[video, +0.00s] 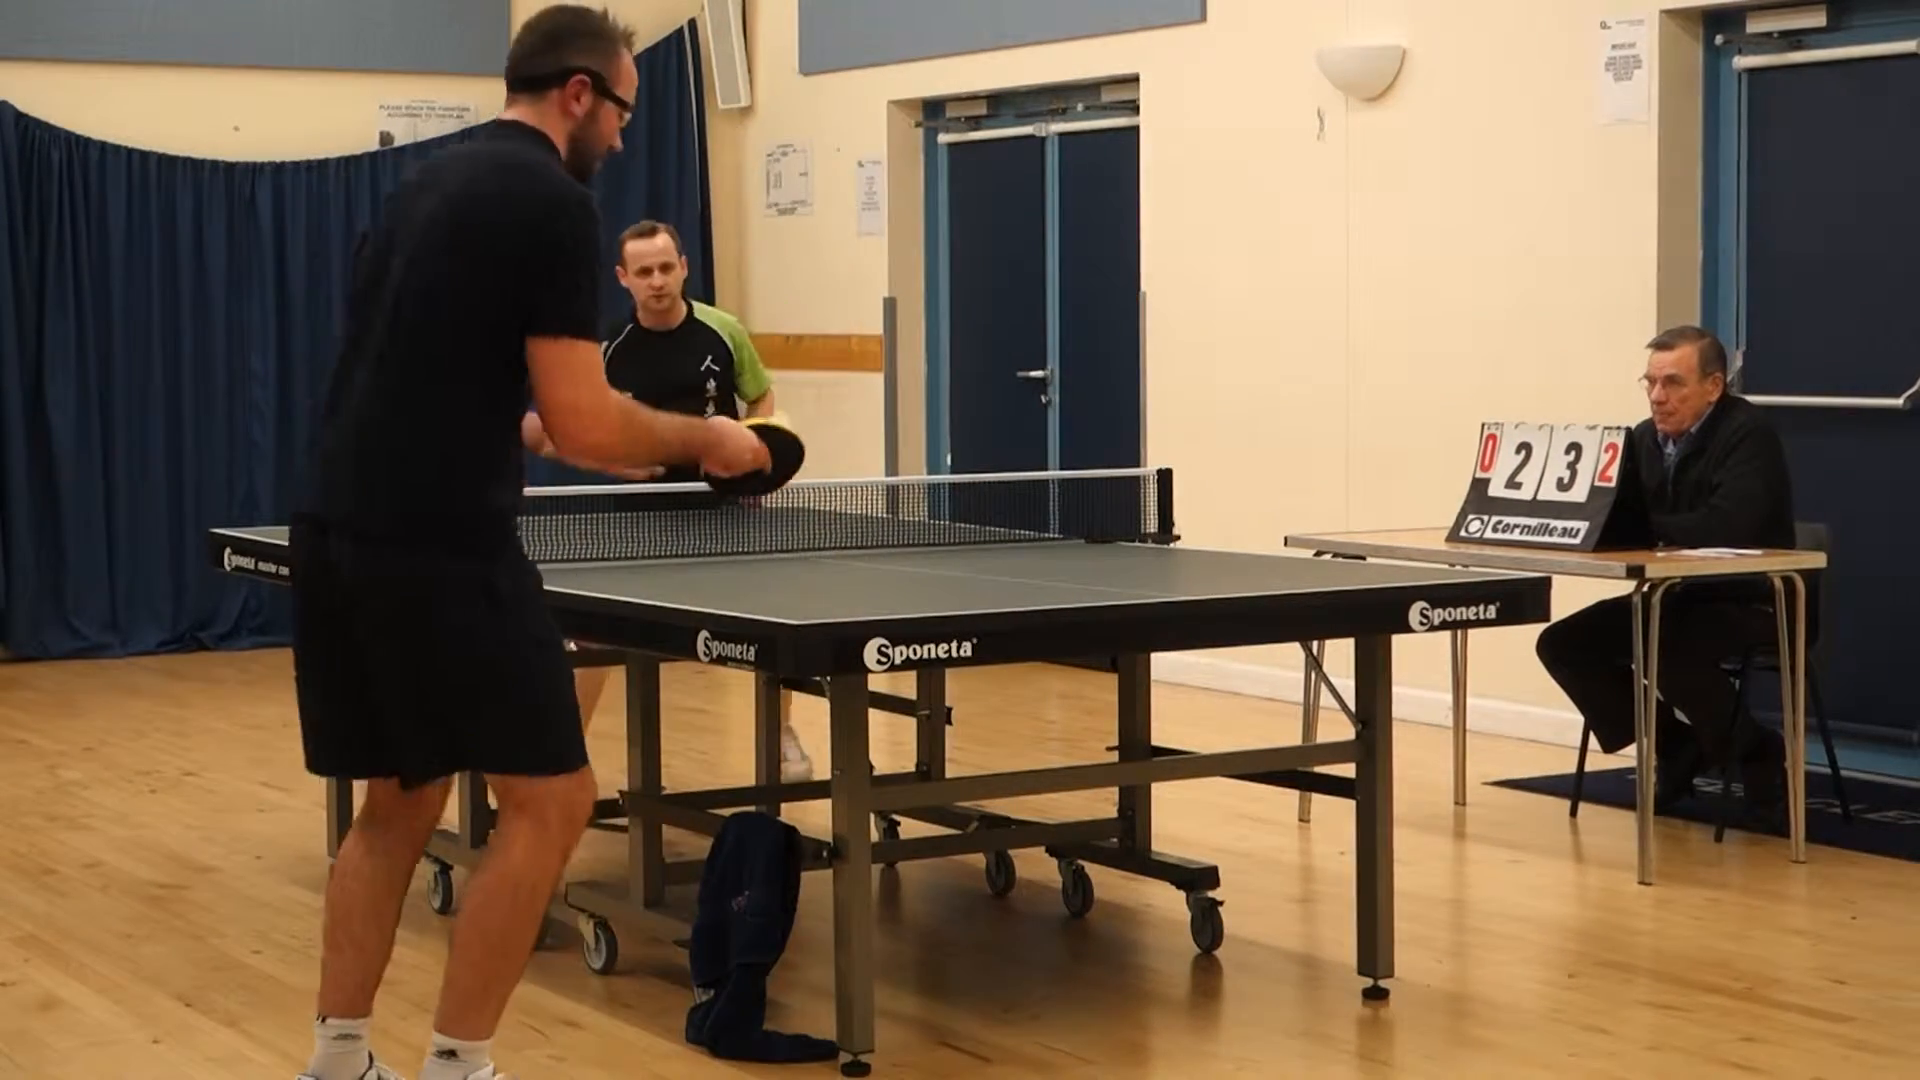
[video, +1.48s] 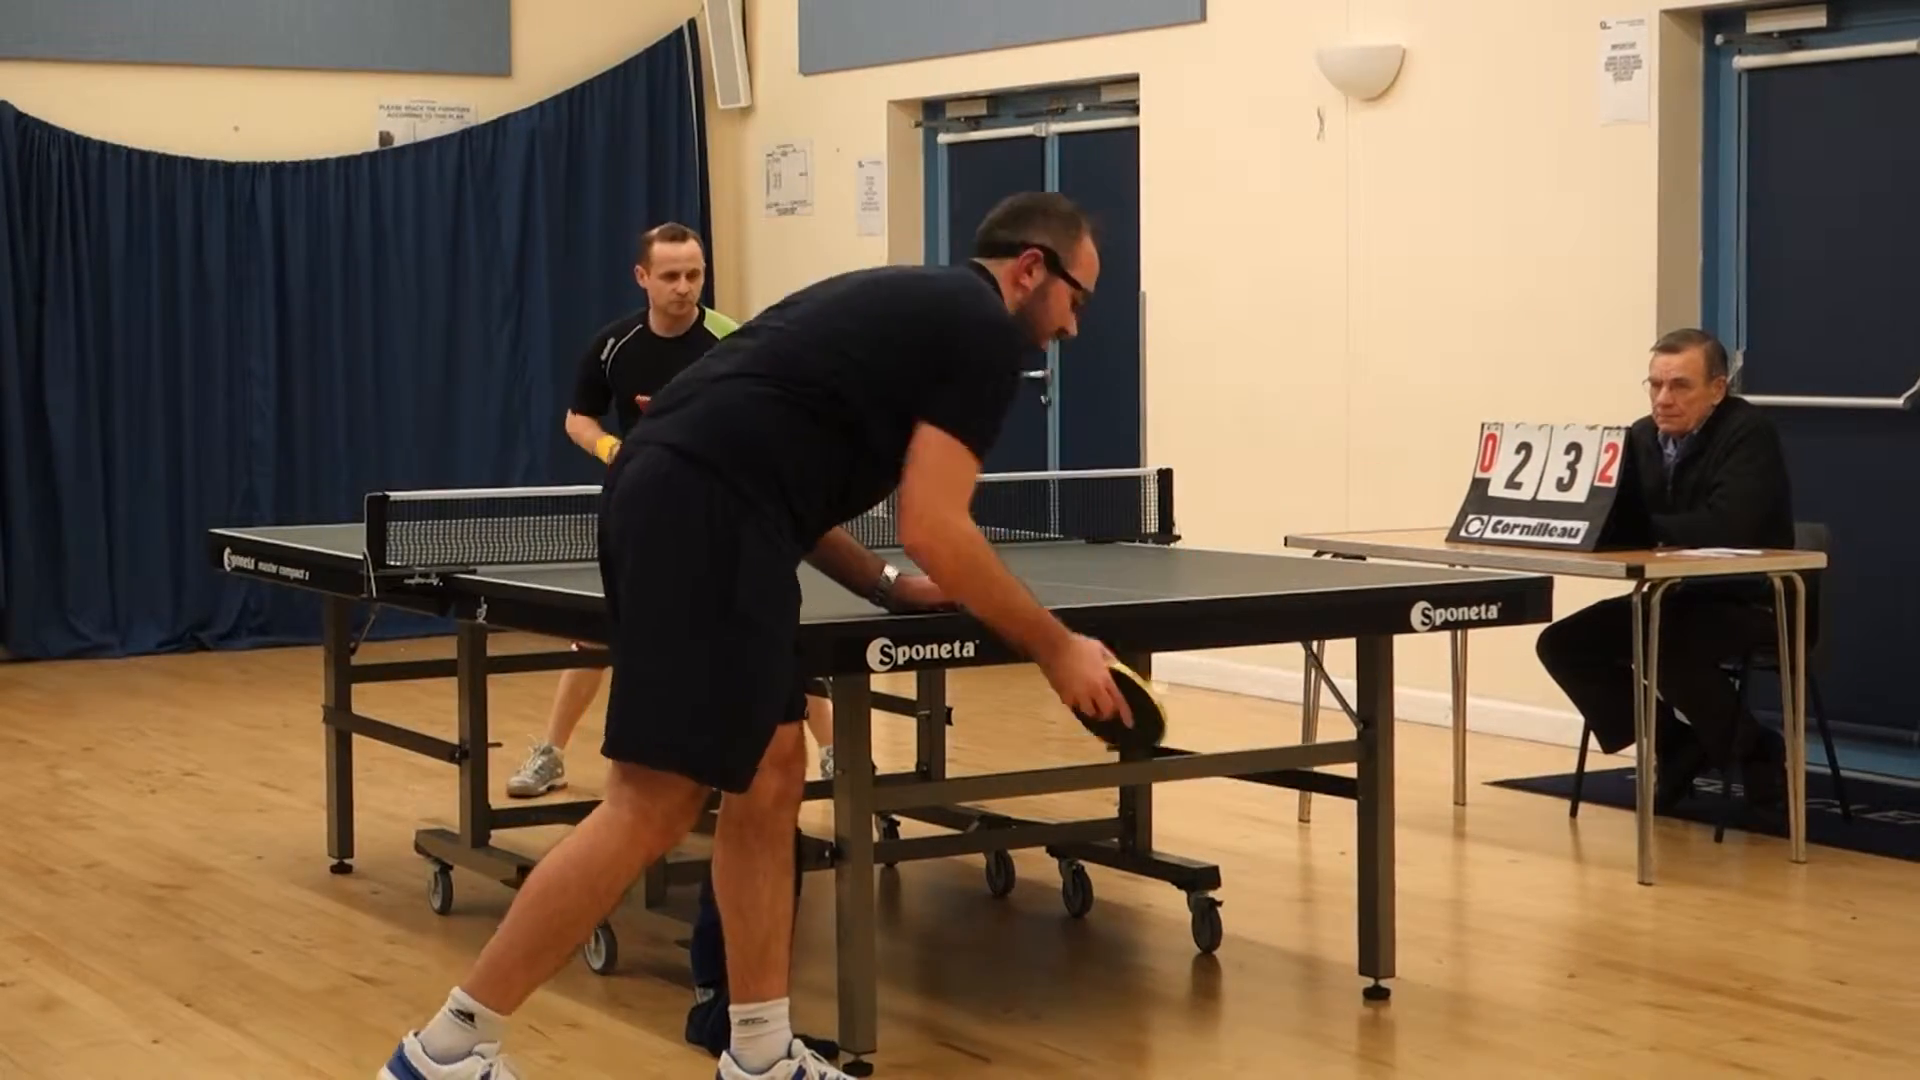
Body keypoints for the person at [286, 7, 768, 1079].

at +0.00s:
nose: (624, 134)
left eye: (628, 114)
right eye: (623, 111)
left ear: (531, 90)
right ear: (579, 94)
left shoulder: (421, 181)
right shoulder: (548, 199)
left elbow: (448, 398)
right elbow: (582, 421)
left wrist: (631, 447)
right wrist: (706, 438)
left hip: (344, 538)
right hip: (452, 550)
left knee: (397, 798)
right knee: (552, 798)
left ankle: (335, 1058)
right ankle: (457, 1063)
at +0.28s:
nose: (716, 168)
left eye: (720, 147)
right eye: (710, 143)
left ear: (645, 135)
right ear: (653, 133)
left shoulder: (603, 232)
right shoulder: (573, 214)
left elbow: (644, 429)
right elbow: (578, 419)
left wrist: (822, 402)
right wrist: (715, 368)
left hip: (497, 543)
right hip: (440, 550)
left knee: (625, 747)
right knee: (549, 824)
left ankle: (519, 1012)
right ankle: (450, 1063)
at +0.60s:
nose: (900, 231)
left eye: (905, 207)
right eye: (898, 202)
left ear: (826, 190)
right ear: (846, 189)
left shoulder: (734, 266)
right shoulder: (768, 245)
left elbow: (744, 491)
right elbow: (798, 432)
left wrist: (888, 561)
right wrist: (940, 435)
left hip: (650, 565)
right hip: (573, 564)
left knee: (758, 773)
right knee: (622, 842)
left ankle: (758, 1052)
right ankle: (455, 1064)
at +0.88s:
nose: (1036, 278)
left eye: (1039, 258)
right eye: (1033, 252)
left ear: (952, 227)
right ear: (981, 230)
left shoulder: (869, 291)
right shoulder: (952, 279)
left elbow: (763, 483)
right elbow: (1118, 408)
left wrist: (883, 585)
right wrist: (1228, 391)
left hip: (709, 531)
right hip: (662, 518)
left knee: (771, 774)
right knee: (649, 817)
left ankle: (760, 1052)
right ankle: (457, 1047)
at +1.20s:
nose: (1101, 335)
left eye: (1103, 316)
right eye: (1098, 313)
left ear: (1016, 287)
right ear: (1058, 292)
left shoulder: (913, 322)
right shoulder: (1034, 335)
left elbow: (785, 468)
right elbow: (1116, 527)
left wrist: (896, 584)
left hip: (708, 498)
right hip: (719, 501)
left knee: (768, 767)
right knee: (648, 794)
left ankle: (760, 1051)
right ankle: (420, 1009)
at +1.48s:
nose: (1076, 322)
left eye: (1084, 303)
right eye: (1078, 297)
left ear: (1009, 263)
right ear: (1027, 269)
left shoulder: (892, 302)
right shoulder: (984, 326)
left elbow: (781, 478)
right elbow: (935, 528)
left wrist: (890, 582)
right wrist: (1056, 646)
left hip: (692, 501)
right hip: (704, 506)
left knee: (771, 769)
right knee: (651, 804)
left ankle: (761, 1051)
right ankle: (448, 1042)